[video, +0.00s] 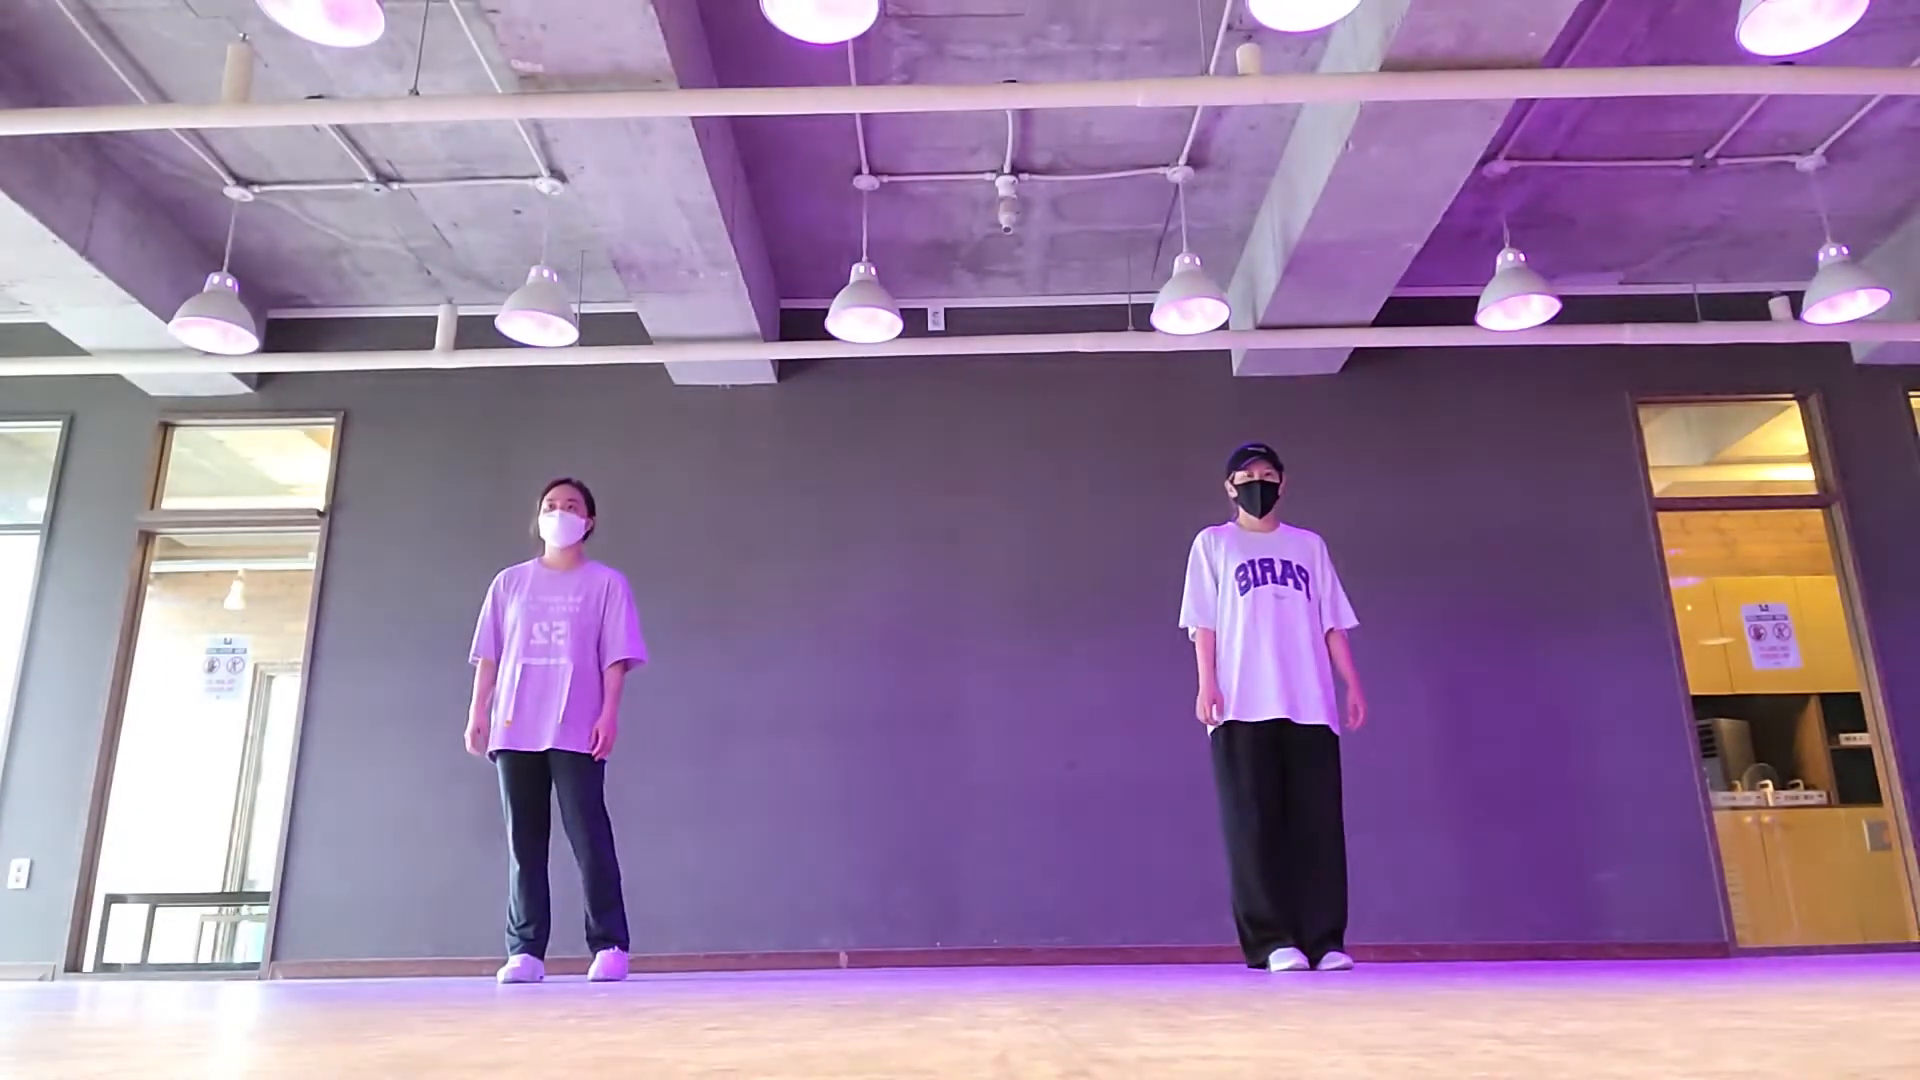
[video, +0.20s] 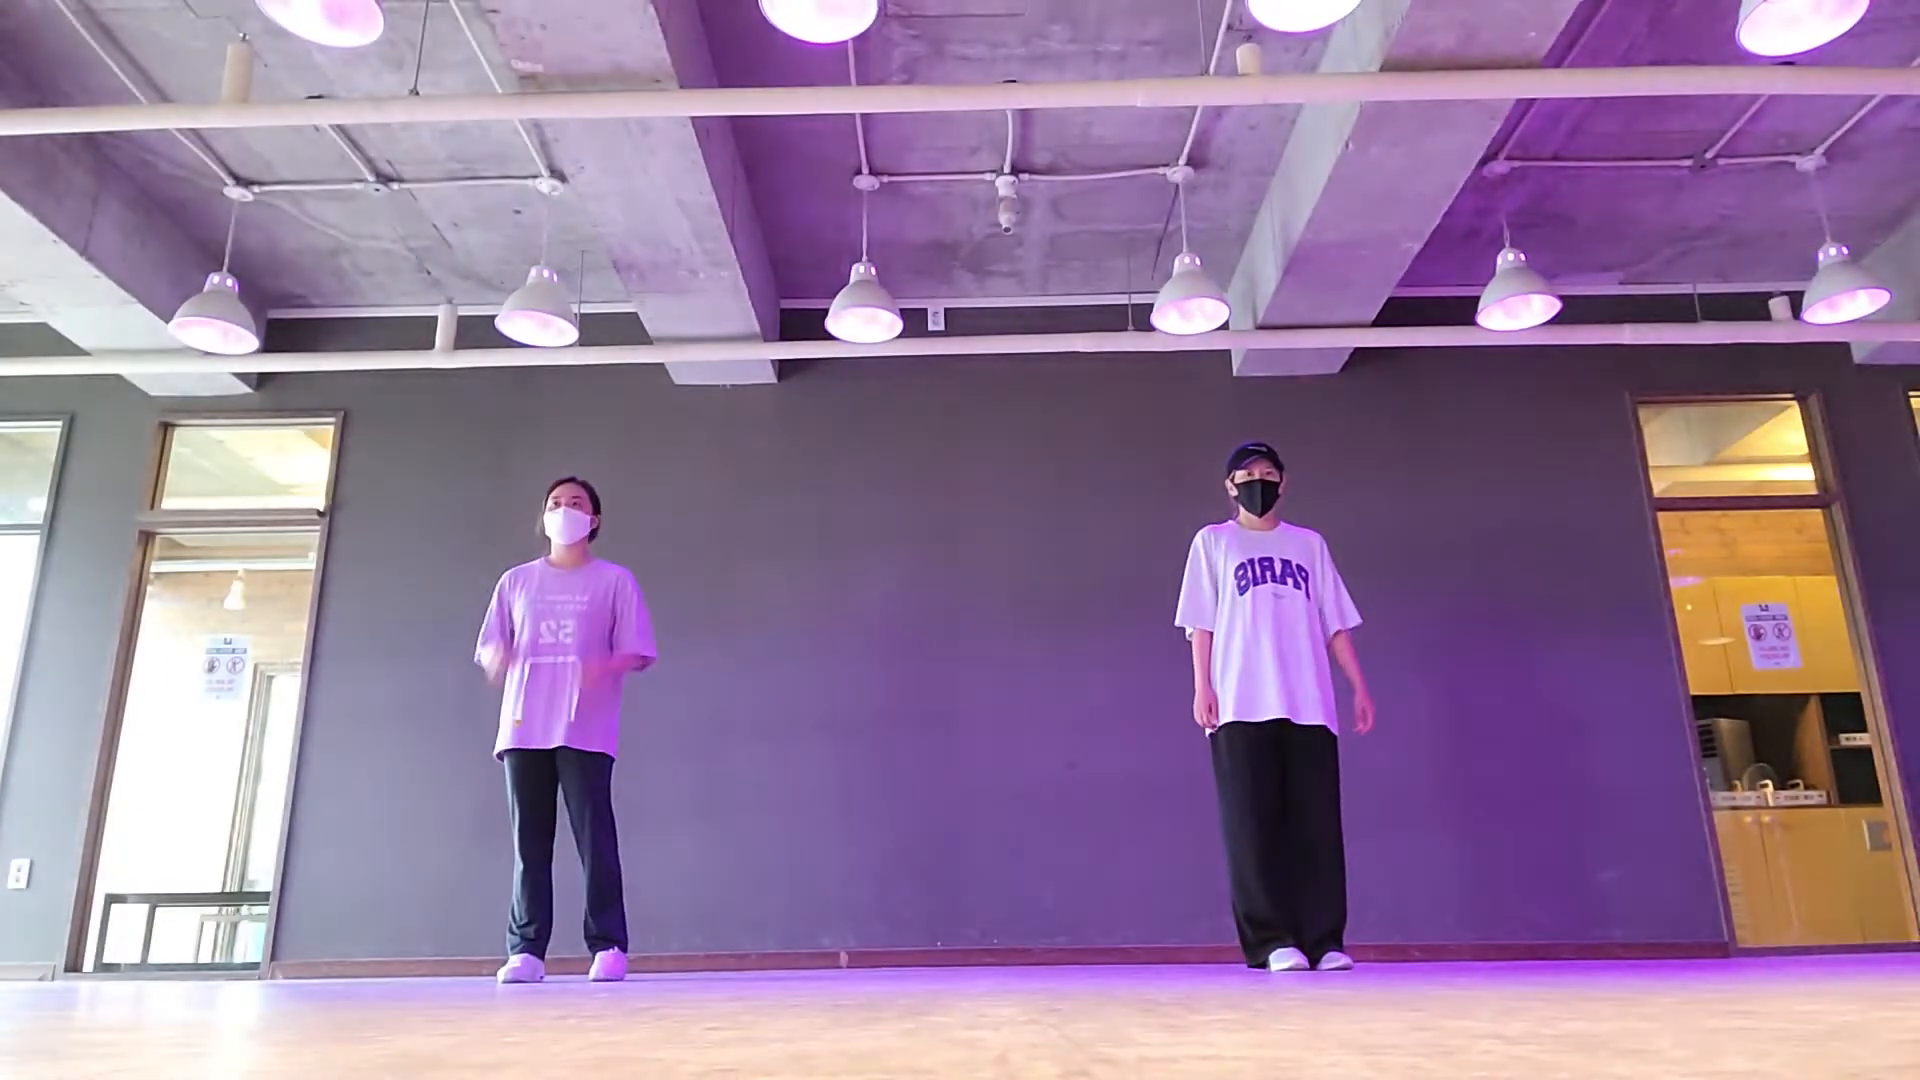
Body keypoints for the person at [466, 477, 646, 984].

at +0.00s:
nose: (560, 513)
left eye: (571, 507)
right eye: (551, 507)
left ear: (588, 523)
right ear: (537, 522)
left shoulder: (607, 583)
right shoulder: (508, 582)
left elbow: (616, 658)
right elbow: (487, 656)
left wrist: (609, 714)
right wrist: (478, 712)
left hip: (575, 728)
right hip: (514, 728)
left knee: (588, 838)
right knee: (524, 844)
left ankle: (610, 947)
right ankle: (524, 952)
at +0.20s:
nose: (566, 511)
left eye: (577, 505)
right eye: (557, 504)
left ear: (594, 522)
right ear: (543, 520)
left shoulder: (616, 581)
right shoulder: (514, 581)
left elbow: (638, 653)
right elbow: (490, 651)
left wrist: (604, 666)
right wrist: (497, 657)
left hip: (586, 729)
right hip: (524, 728)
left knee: (595, 841)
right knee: (529, 845)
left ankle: (609, 949)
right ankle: (525, 953)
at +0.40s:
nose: (573, 509)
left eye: (585, 504)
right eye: (564, 504)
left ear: (603, 521)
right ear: (551, 521)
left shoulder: (625, 578)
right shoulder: (526, 578)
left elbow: (636, 639)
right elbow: (494, 634)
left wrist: (597, 584)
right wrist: (532, 582)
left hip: (595, 726)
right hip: (531, 726)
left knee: (599, 840)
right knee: (534, 843)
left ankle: (609, 949)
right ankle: (526, 952)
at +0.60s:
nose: (581, 509)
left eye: (592, 504)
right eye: (572, 504)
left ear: (609, 521)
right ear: (558, 520)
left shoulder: (631, 577)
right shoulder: (533, 576)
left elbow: (624, 632)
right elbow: (513, 630)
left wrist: (600, 571)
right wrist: (546, 576)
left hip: (600, 724)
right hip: (538, 724)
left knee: (603, 839)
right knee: (537, 841)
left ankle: (609, 949)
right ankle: (526, 952)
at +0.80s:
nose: (584, 510)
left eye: (595, 504)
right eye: (575, 504)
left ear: (613, 520)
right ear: (562, 520)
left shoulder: (635, 577)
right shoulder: (539, 575)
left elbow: (627, 631)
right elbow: (516, 632)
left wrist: (603, 571)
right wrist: (548, 577)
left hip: (604, 723)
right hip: (544, 722)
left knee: (607, 838)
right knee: (540, 839)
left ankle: (610, 948)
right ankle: (526, 951)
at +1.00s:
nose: (587, 508)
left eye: (598, 502)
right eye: (578, 502)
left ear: (616, 520)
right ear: (565, 520)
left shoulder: (638, 576)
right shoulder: (542, 575)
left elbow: (630, 631)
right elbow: (518, 631)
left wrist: (605, 572)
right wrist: (552, 577)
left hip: (607, 724)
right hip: (547, 723)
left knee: (609, 839)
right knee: (542, 840)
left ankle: (610, 949)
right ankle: (527, 951)